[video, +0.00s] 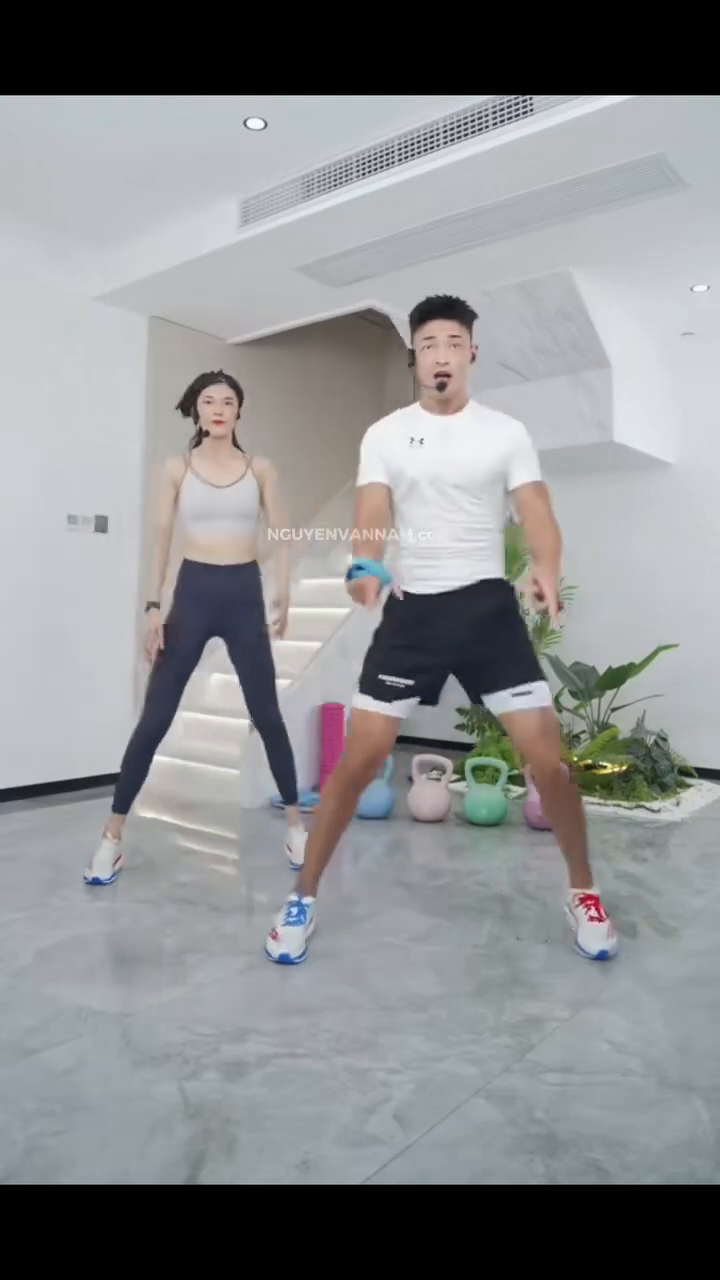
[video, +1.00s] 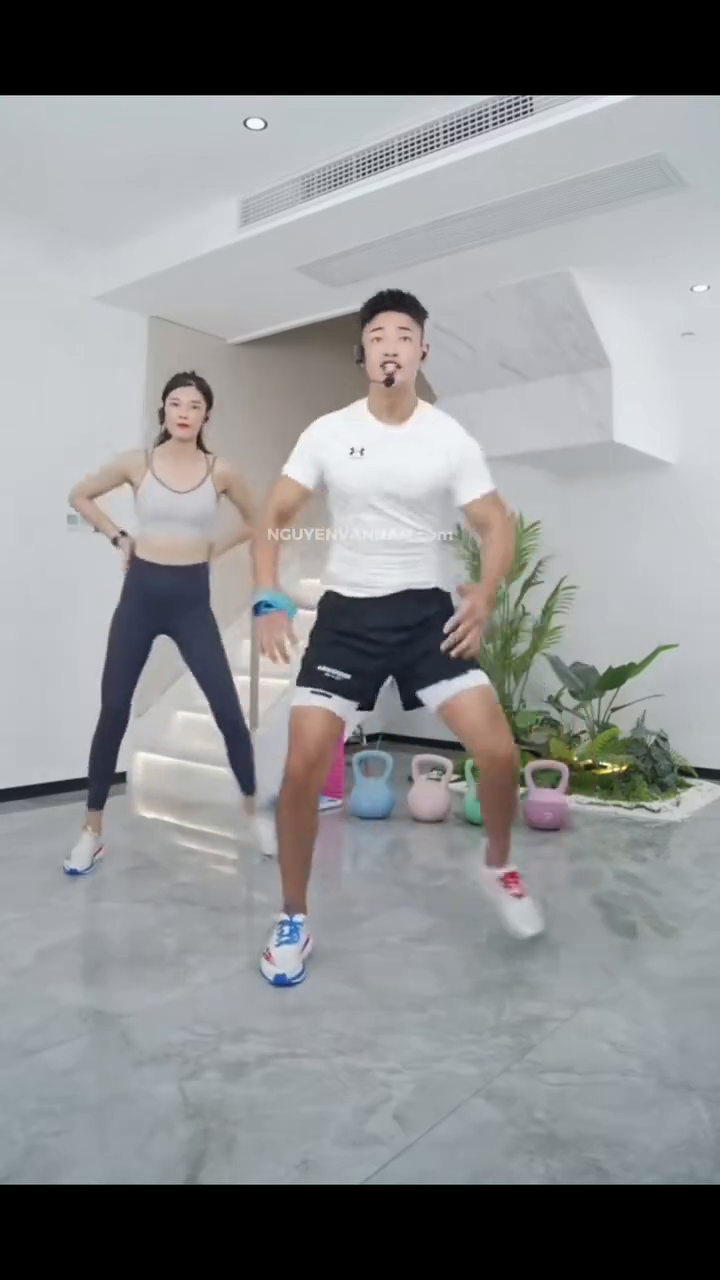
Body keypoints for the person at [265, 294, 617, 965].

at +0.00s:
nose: (440, 357)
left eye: (453, 344)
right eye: (427, 346)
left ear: (473, 355)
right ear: (413, 359)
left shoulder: (505, 433)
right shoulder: (385, 435)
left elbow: (537, 517)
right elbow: (370, 517)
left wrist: (546, 570)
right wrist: (364, 566)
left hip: (489, 612)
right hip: (410, 616)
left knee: (549, 765)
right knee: (359, 760)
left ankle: (583, 892)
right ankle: (301, 900)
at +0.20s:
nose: (493, 380)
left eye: (505, 367)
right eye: (480, 368)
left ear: (523, 370)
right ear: (461, 374)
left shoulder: (555, 436)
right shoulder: (435, 443)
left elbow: (589, 513)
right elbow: (421, 529)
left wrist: (605, 576)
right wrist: (423, 596)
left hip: (543, 606)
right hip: (463, 607)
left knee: (576, 749)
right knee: (421, 724)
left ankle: (583, 898)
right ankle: (392, 874)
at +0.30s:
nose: (514, 383)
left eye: (526, 370)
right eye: (501, 370)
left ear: (542, 372)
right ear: (480, 374)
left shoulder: (569, 440)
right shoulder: (446, 446)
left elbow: (604, 519)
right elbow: (433, 534)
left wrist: (620, 581)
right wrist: (441, 598)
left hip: (549, 602)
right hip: (473, 605)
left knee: (575, 750)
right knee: (480, 726)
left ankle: (588, 896)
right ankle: (483, 873)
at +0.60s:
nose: (512, 356)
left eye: (524, 347)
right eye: (500, 345)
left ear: (539, 363)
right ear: (481, 359)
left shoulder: (560, 441)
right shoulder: (443, 436)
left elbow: (579, 522)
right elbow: (431, 519)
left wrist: (580, 585)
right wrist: (441, 577)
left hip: (537, 615)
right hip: (461, 612)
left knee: (571, 778)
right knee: (408, 743)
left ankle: (583, 899)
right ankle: (431, 879)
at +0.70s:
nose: (481, 332)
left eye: (492, 323)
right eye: (469, 323)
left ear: (510, 341)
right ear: (451, 341)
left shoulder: (537, 421)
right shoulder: (417, 418)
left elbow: (551, 511)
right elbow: (402, 508)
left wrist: (547, 574)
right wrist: (413, 558)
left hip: (512, 602)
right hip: (434, 602)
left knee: (551, 760)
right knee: (375, 744)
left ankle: (582, 897)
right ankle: (340, 896)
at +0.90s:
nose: (412, 349)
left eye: (424, 339)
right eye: (401, 340)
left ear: (445, 356)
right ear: (384, 359)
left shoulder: (469, 442)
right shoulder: (349, 439)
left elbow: (500, 527)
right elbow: (310, 516)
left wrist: (501, 592)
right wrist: (306, 573)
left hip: (447, 626)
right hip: (363, 625)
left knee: (520, 774)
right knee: (317, 773)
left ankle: (560, 894)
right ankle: (293, 919)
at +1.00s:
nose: (389, 347)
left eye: (402, 336)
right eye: (377, 337)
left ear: (423, 351)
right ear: (362, 355)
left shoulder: (451, 439)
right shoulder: (326, 435)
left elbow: (497, 527)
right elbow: (271, 520)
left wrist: (486, 594)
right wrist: (269, 600)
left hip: (429, 617)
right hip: (345, 619)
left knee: (499, 752)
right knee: (303, 762)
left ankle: (498, 868)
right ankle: (292, 919)